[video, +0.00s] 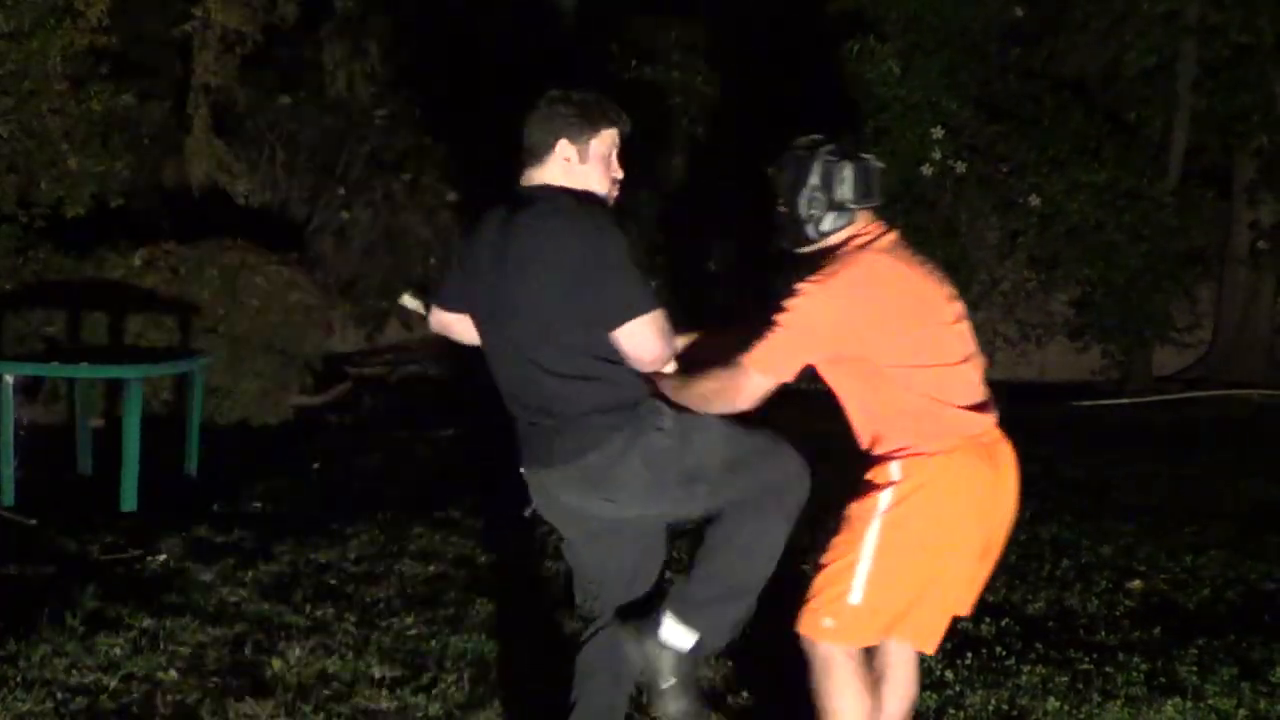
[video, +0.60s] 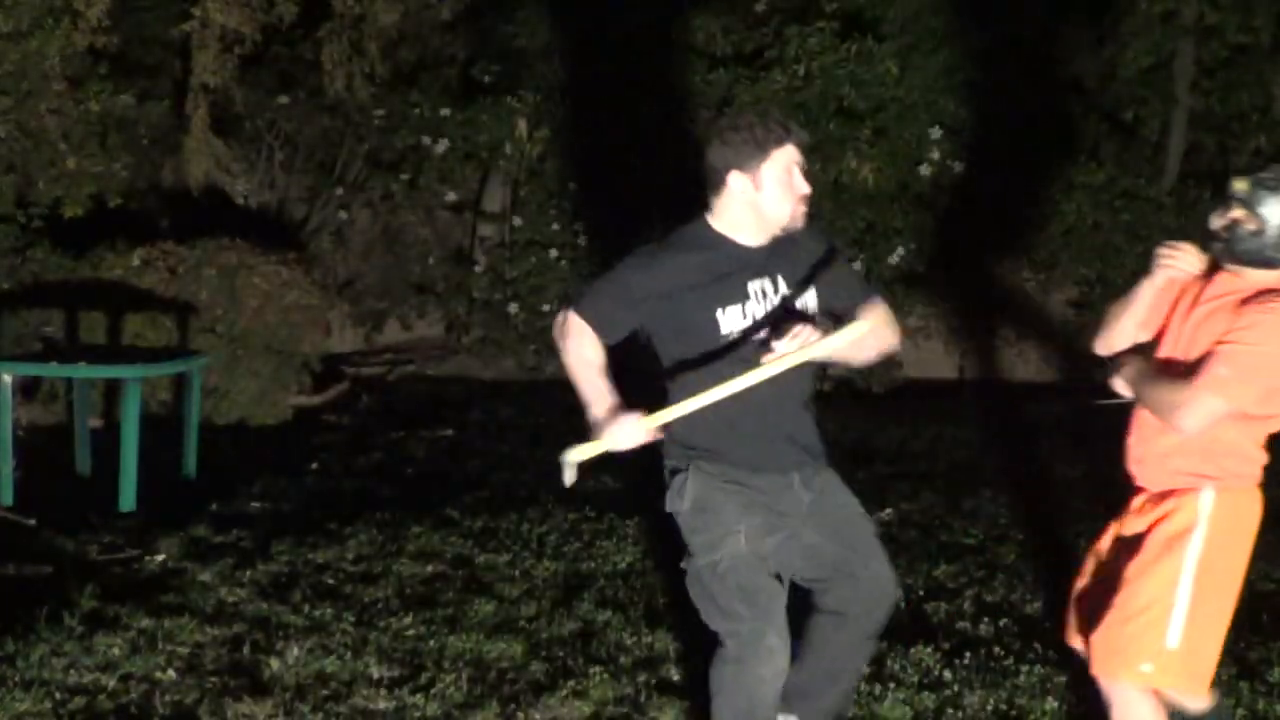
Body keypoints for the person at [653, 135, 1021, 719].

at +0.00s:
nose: (781, 214)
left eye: (788, 202)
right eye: (785, 200)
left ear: (808, 210)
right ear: (861, 203)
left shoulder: (830, 293)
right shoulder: (904, 264)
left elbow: (739, 389)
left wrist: (667, 385)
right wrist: (699, 350)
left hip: (920, 474)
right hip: (986, 464)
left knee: (829, 633)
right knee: (901, 639)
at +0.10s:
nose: (849, 219)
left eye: (854, 206)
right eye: (854, 205)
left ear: (865, 213)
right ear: (926, 203)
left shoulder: (887, 294)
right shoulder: (961, 265)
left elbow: (807, 395)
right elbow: (844, 345)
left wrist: (721, 400)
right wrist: (758, 340)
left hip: (963, 494)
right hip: (1018, 485)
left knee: (890, 657)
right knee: (917, 660)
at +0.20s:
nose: (937, 221)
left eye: (944, 210)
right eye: (940, 209)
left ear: (948, 216)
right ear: (1002, 212)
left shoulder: (956, 294)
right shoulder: (1038, 279)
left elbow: (882, 406)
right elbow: (963, 362)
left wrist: (819, 404)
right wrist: (860, 326)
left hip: (997, 505)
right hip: (1047, 495)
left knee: (975, 683)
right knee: (934, 666)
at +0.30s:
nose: (1013, 234)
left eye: (1016, 223)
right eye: (1016, 222)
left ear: (1016, 229)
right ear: (1077, 224)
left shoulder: (1040, 305)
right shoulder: (1101, 294)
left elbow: (957, 420)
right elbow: (1028, 373)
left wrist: (914, 405)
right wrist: (953, 320)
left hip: (1056, 515)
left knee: (1042, 692)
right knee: (967, 655)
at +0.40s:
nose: (1065, 236)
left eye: (1073, 225)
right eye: (1066, 223)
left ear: (1099, 233)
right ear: (1133, 229)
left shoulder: (1125, 312)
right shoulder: (1138, 303)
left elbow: (1039, 426)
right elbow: (1033, 383)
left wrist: (1003, 407)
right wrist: (1010, 302)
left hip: (1116, 514)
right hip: (1080, 510)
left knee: (1073, 693)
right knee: (992, 628)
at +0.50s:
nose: (1141, 219)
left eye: (1157, 210)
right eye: (1145, 206)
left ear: (1194, 227)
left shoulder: (1215, 311)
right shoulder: (1148, 289)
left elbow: (1120, 416)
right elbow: (1071, 364)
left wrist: (1080, 390)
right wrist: (1080, 285)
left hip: (1163, 508)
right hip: (1108, 502)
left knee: (1096, 685)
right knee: (1023, 616)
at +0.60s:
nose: (1229, 217)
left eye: (1249, 210)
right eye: (1230, 201)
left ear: (1274, 230)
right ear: (1221, 210)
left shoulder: (1271, 316)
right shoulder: (1192, 286)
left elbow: (1190, 412)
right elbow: (1107, 345)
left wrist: (1135, 371)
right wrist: (1156, 280)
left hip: (1209, 505)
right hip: (1153, 497)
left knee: (1123, 663)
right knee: (1092, 634)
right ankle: (1195, 699)